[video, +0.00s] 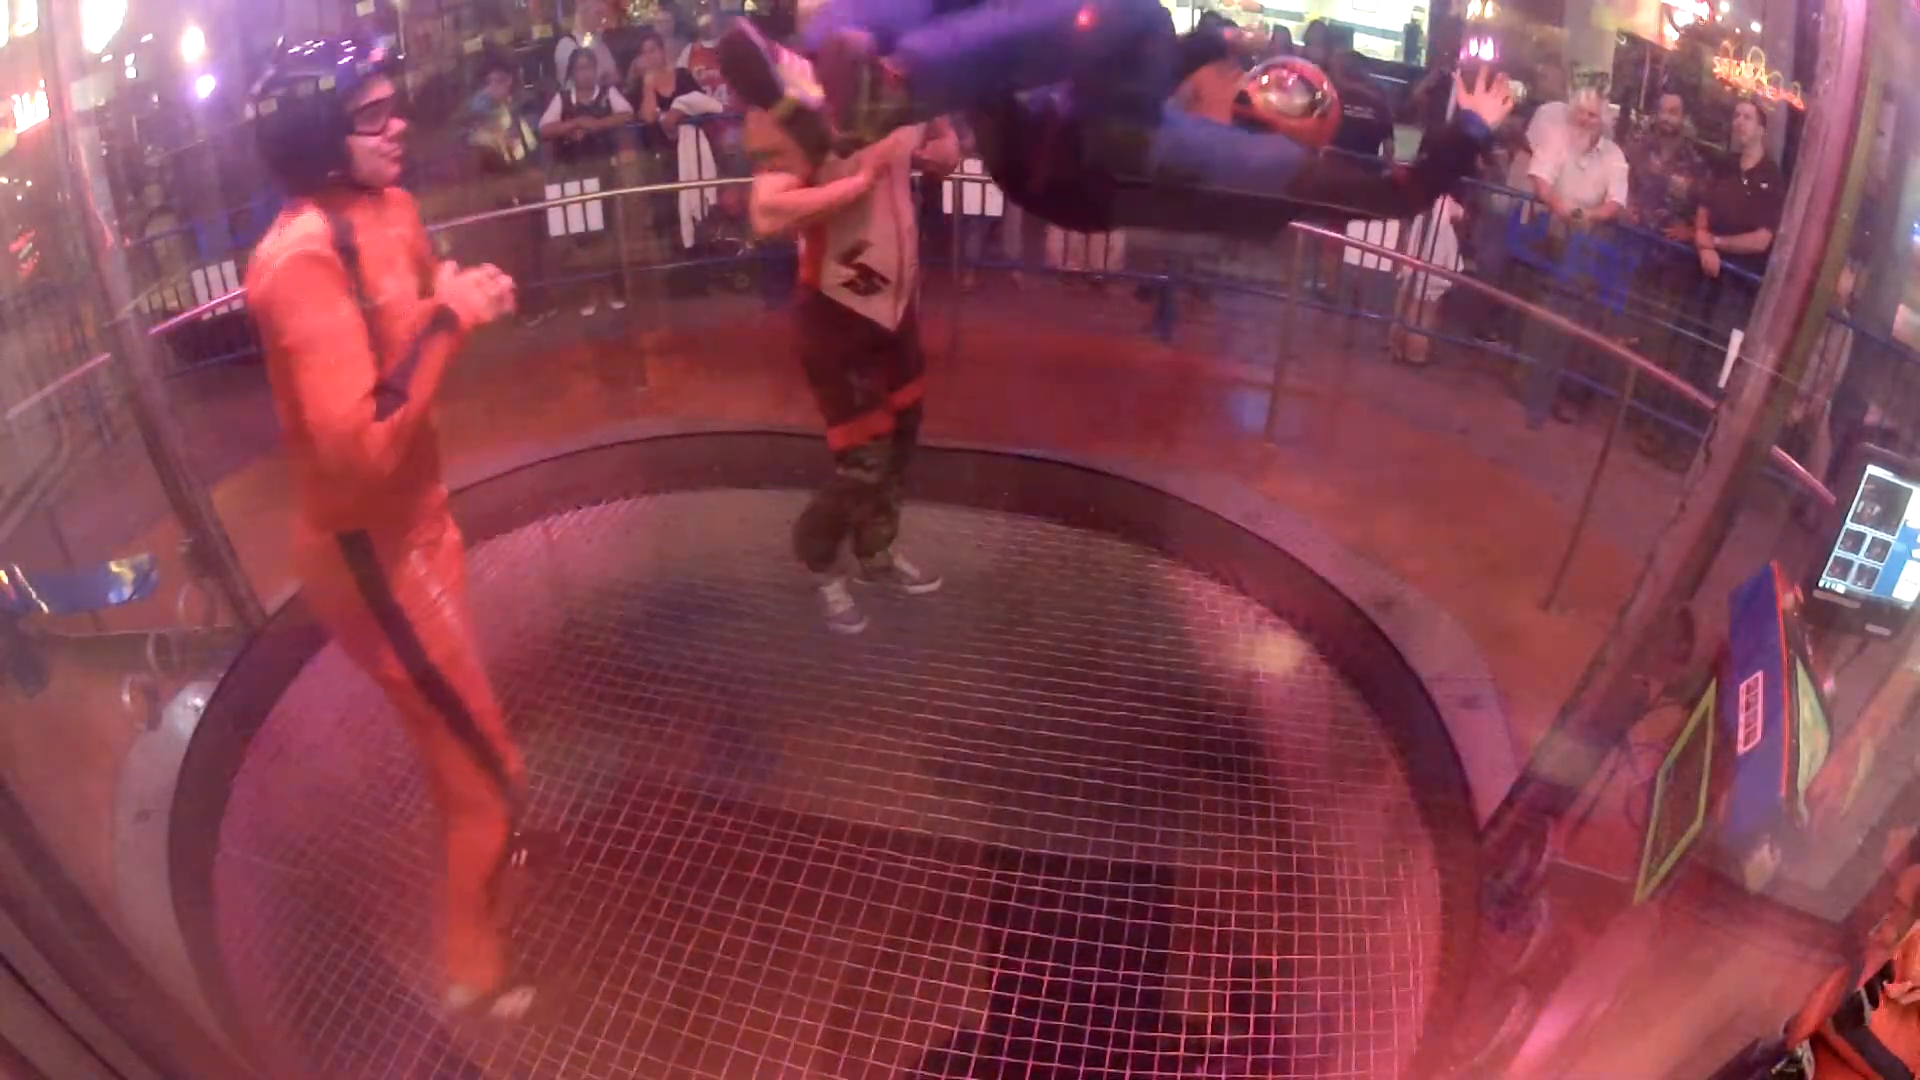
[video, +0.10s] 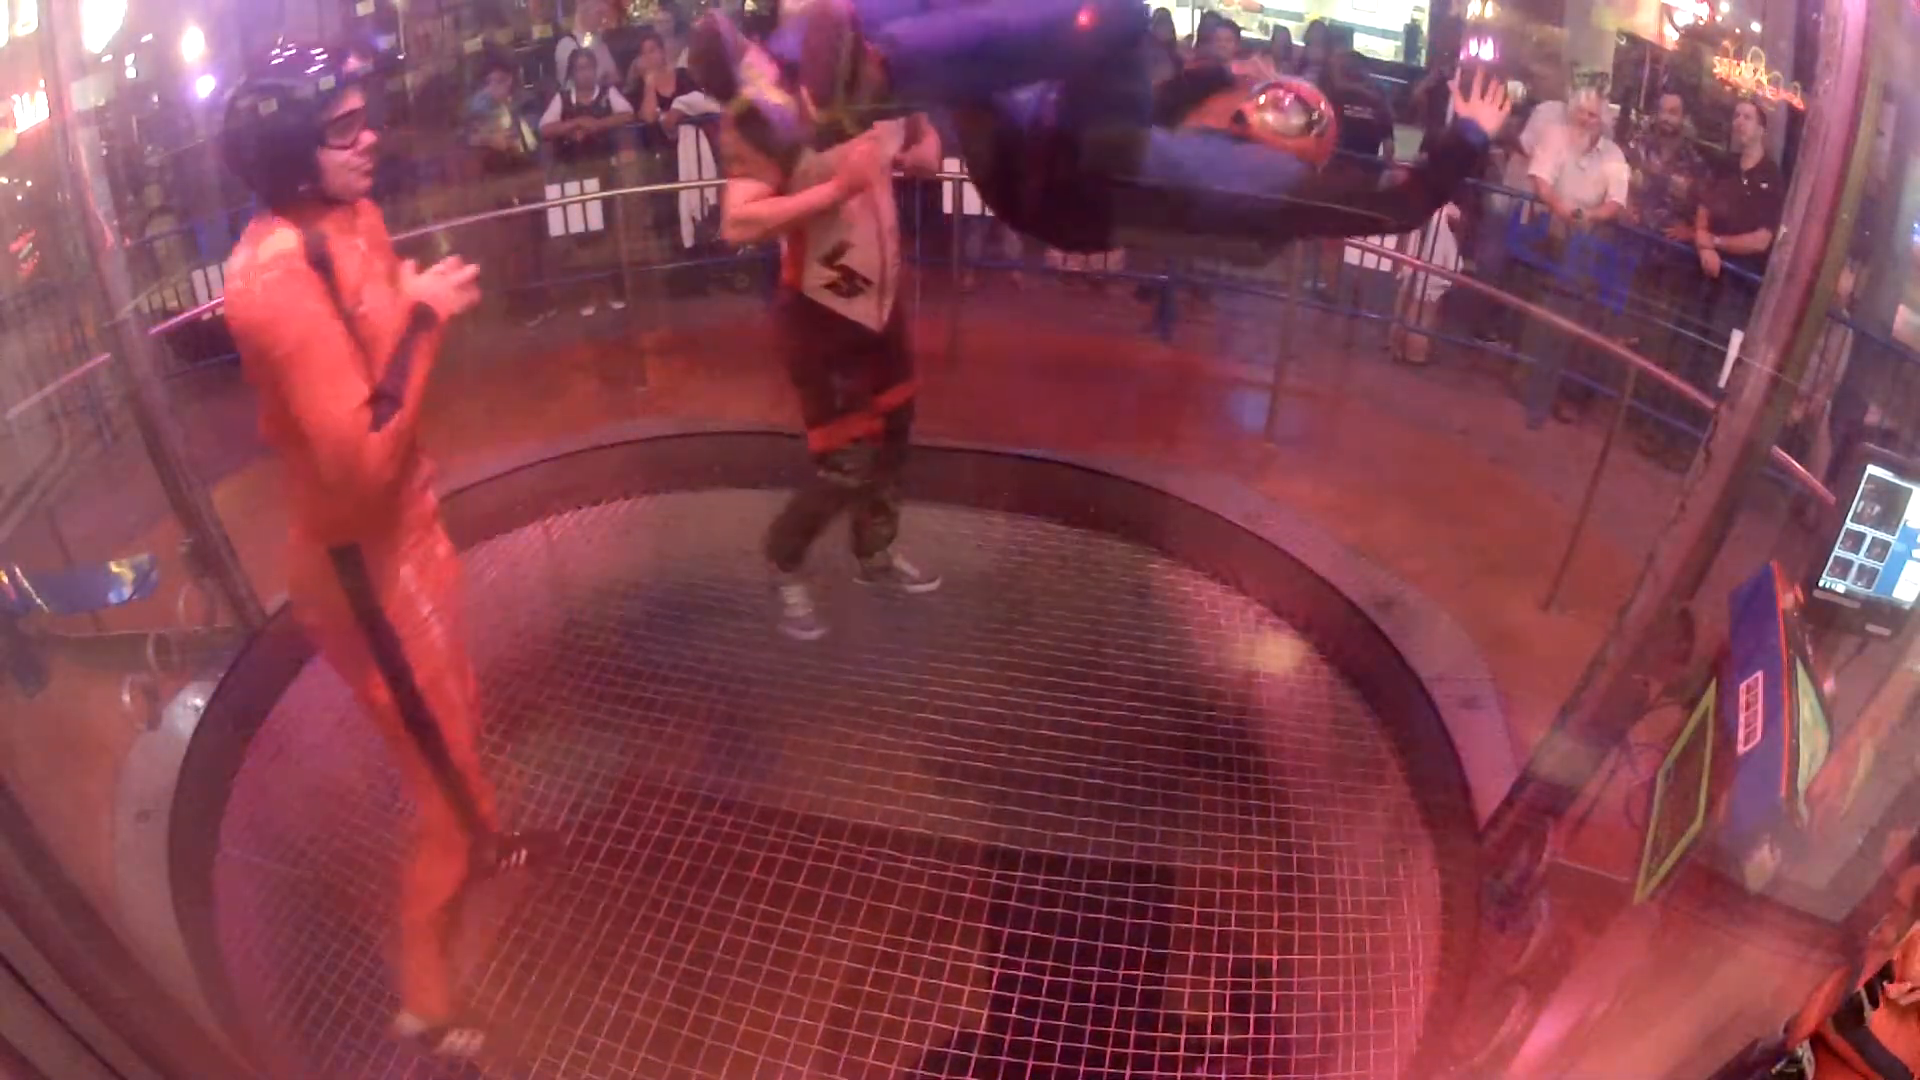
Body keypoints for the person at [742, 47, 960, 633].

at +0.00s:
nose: (869, 84)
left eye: (874, 71)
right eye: (854, 71)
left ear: (887, 83)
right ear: (832, 84)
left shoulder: (895, 131)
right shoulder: (801, 139)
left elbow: (943, 153)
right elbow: (767, 210)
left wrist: (940, 144)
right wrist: (854, 183)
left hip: (895, 311)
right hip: (835, 316)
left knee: (900, 442)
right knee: (865, 459)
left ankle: (876, 553)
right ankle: (821, 563)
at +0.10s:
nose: (842, 62)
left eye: (848, 48)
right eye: (828, 48)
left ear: (857, 51)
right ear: (803, 53)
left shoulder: (868, 108)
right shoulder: (766, 116)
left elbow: (925, 156)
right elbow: (737, 219)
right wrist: (837, 186)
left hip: (881, 301)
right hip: (817, 309)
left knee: (892, 438)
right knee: (849, 464)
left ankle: (875, 553)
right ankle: (784, 558)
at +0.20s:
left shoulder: (852, 119)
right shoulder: (744, 132)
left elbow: (891, 179)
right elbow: (709, 225)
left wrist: (889, 172)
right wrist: (811, 213)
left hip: (861, 312)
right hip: (799, 319)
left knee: (884, 433)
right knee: (813, 471)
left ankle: (873, 552)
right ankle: (742, 557)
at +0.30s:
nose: (772, 46)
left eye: (781, 32)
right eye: (758, 34)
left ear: (793, 40)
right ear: (732, 48)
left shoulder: (838, 124)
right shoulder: (717, 135)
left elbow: (874, 204)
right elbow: (686, 241)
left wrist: (864, 203)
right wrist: (790, 247)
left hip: (831, 320)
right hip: (766, 326)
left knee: (879, 436)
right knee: (765, 483)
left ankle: (869, 550)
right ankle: (713, 579)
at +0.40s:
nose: (757, 75)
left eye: (764, 61)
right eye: (743, 63)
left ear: (776, 66)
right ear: (714, 72)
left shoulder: (805, 132)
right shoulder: (692, 156)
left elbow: (836, 216)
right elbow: (667, 267)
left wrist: (839, 221)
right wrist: (757, 284)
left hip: (807, 332)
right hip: (735, 341)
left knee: (864, 452)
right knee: (737, 481)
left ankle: (864, 552)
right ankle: (709, 597)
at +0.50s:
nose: (743, 76)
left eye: (753, 65)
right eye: (727, 66)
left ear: (766, 75)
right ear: (699, 77)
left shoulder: (782, 143)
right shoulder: (662, 164)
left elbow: (803, 241)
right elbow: (652, 273)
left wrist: (823, 233)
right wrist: (754, 281)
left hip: (790, 340)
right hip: (714, 352)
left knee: (850, 471)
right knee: (723, 489)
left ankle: (847, 561)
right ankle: (708, 598)